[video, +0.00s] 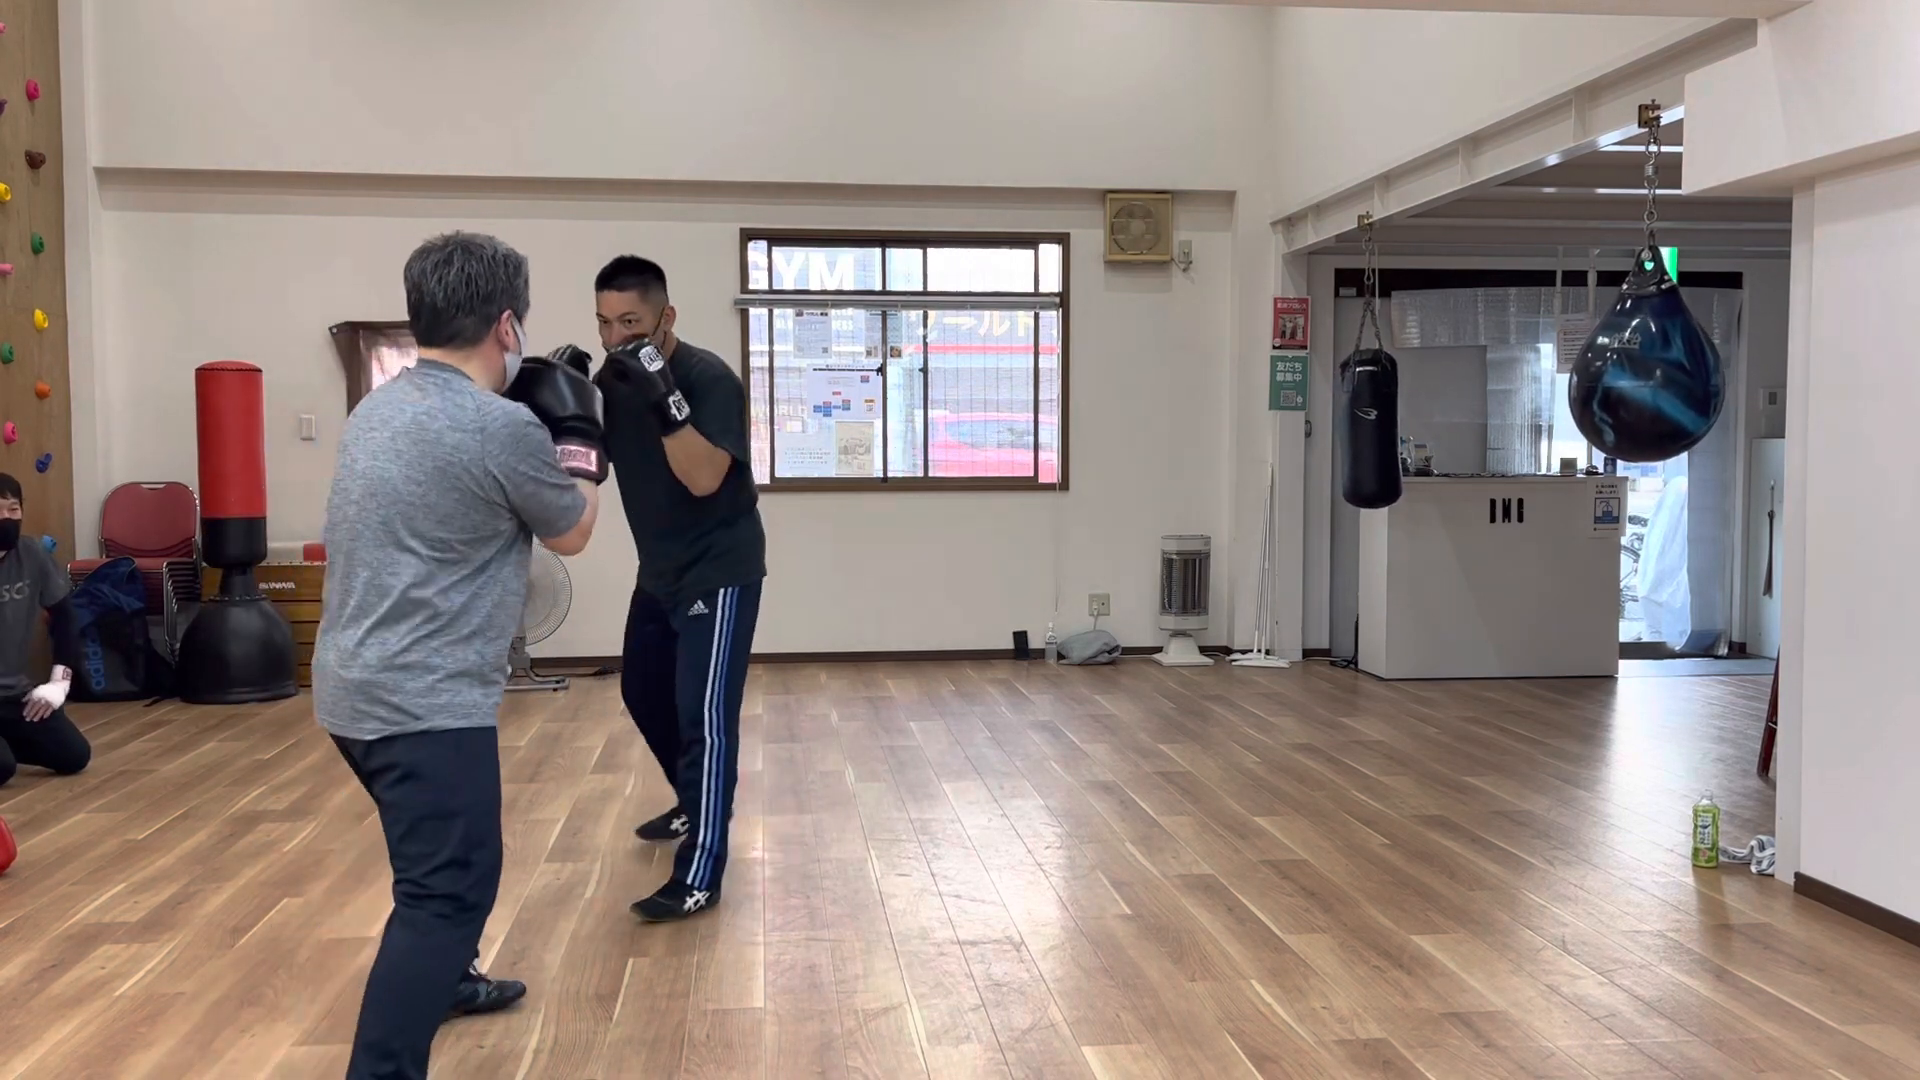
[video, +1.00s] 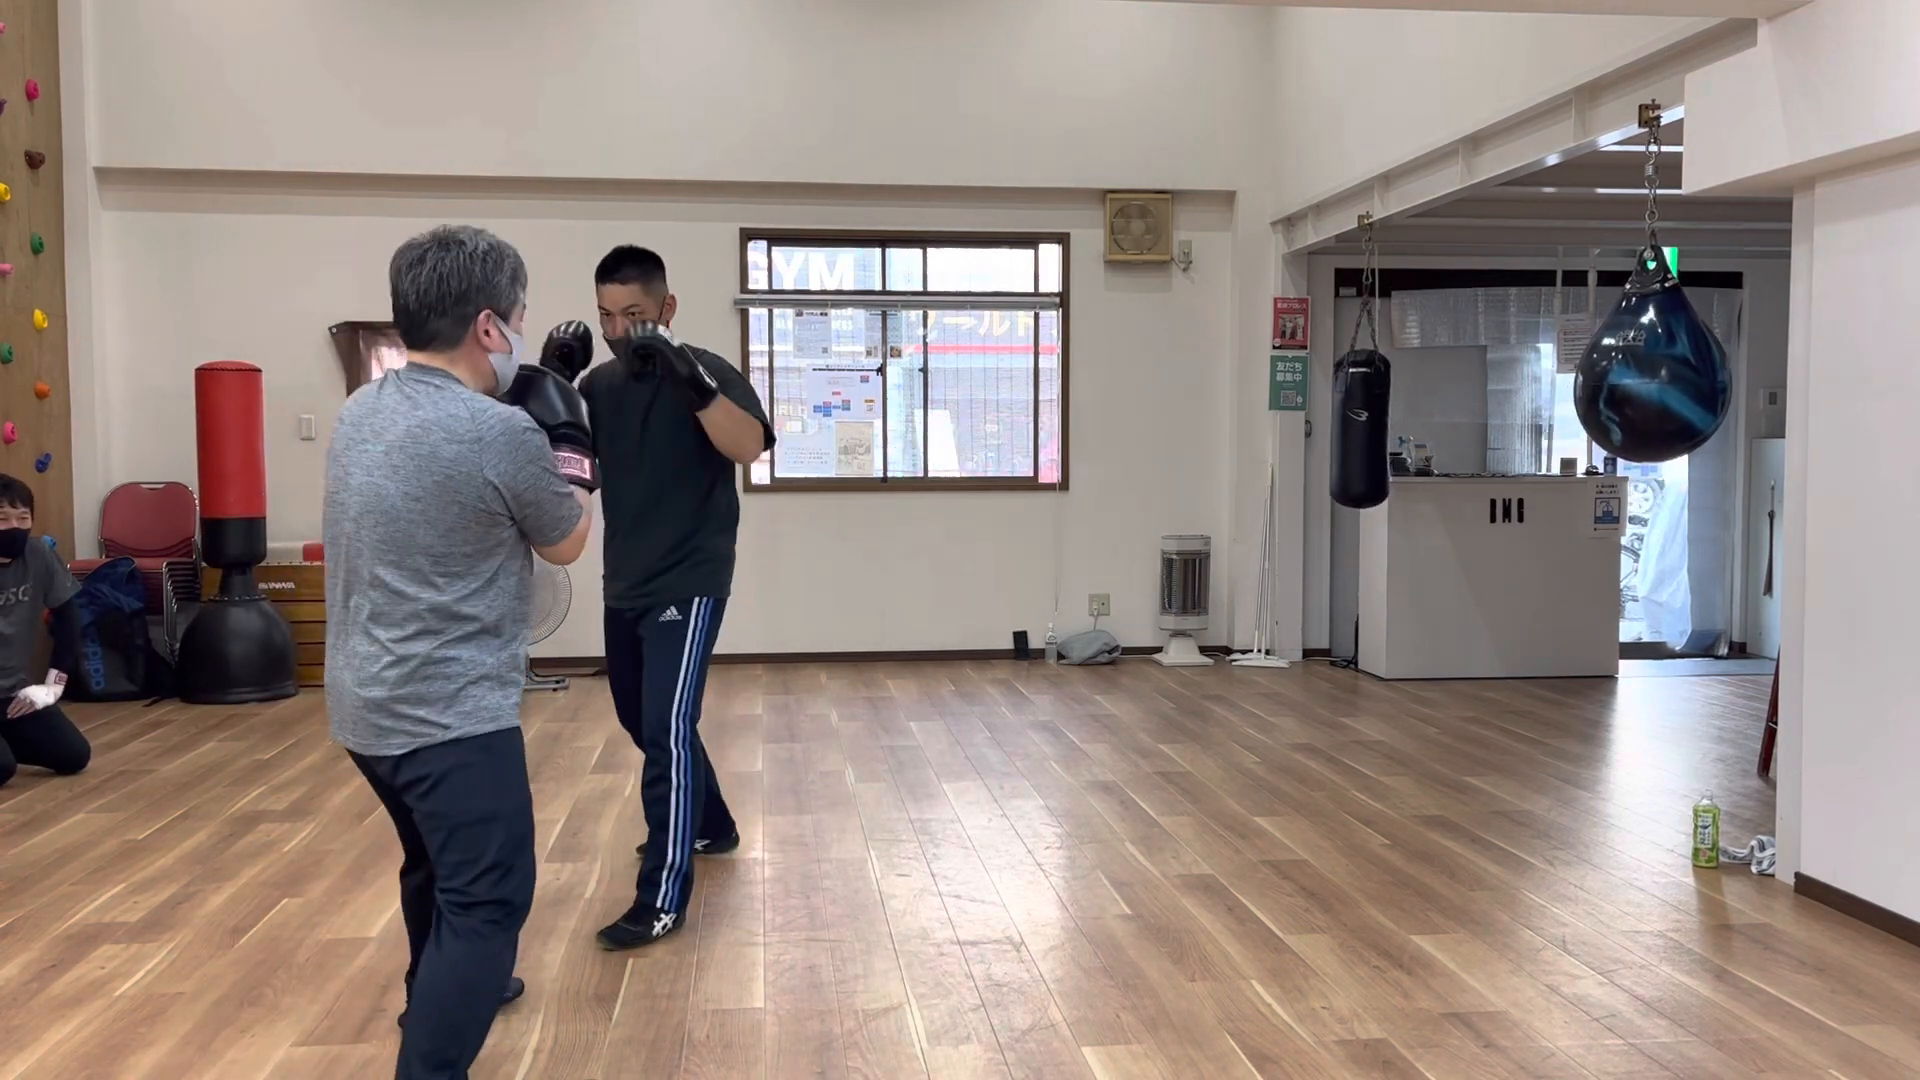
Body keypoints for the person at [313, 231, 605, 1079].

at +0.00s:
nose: (522, 330)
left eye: (524, 317)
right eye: (521, 316)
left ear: (418, 320)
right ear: (504, 326)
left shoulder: (375, 409)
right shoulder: (499, 427)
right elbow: (572, 532)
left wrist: (515, 424)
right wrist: (575, 445)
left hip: (352, 693)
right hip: (431, 706)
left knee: (437, 844)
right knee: (439, 901)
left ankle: (445, 976)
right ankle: (381, 1072)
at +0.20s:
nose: (529, 331)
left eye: (531, 317)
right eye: (528, 316)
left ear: (427, 317)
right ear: (511, 324)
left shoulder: (382, 404)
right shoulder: (507, 421)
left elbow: (446, 496)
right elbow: (565, 533)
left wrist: (533, 448)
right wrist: (567, 441)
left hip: (361, 684)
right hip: (442, 693)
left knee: (431, 854)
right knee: (458, 879)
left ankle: (446, 981)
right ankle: (389, 1067)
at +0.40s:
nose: (532, 331)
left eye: (532, 318)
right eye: (530, 318)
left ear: (429, 322)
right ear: (515, 325)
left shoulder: (381, 412)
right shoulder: (521, 422)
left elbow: (435, 519)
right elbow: (574, 535)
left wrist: (547, 472)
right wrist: (570, 461)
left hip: (365, 690)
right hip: (452, 699)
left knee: (429, 858)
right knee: (470, 890)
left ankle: (448, 979)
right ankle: (415, 1067)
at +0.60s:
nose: (536, 323)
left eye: (536, 311)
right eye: (533, 310)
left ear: (431, 318)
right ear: (518, 321)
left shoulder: (387, 409)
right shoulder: (525, 419)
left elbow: (445, 503)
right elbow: (584, 531)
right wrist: (576, 455)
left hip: (375, 691)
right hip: (467, 699)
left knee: (439, 852)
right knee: (468, 894)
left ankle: (450, 978)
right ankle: (415, 1069)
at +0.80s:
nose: (532, 332)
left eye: (533, 317)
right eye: (529, 318)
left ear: (432, 319)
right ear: (514, 329)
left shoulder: (390, 395)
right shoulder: (512, 428)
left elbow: (456, 481)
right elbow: (573, 537)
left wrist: (524, 405)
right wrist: (559, 443)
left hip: (373, 688)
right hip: (460, 698)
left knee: (441, 851)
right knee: (502, 877)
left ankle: (447, 983)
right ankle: (430, 1062)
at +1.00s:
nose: (516, 336)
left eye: (518, 319)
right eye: (515, 318)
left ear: (408, 317)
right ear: (488, 326)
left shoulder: (357, 412)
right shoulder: (495, 430)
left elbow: (426, 503)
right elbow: (566, 542)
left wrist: (517, 414)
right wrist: (562, 437)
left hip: (364, 709)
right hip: (455, 718)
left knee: (433, 863)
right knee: (484, 905)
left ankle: (445, 988)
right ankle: (430, 1067)